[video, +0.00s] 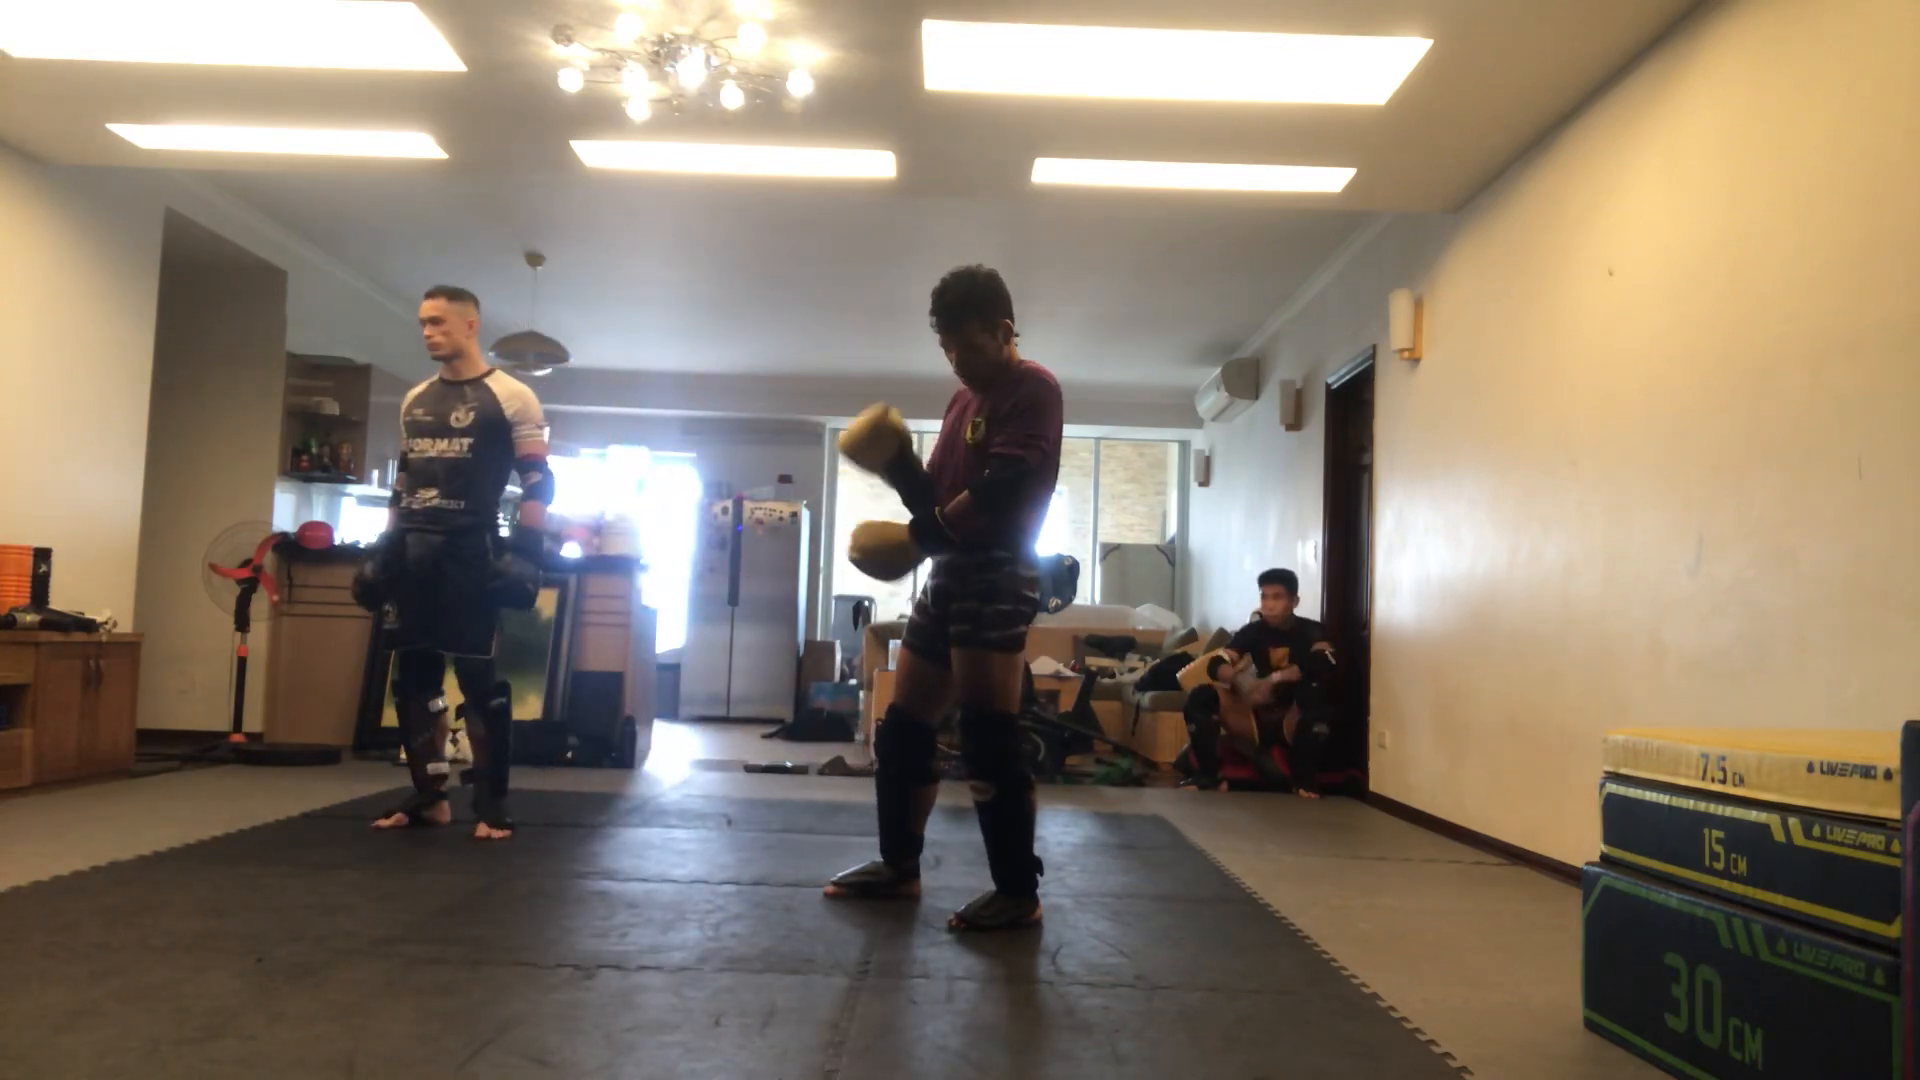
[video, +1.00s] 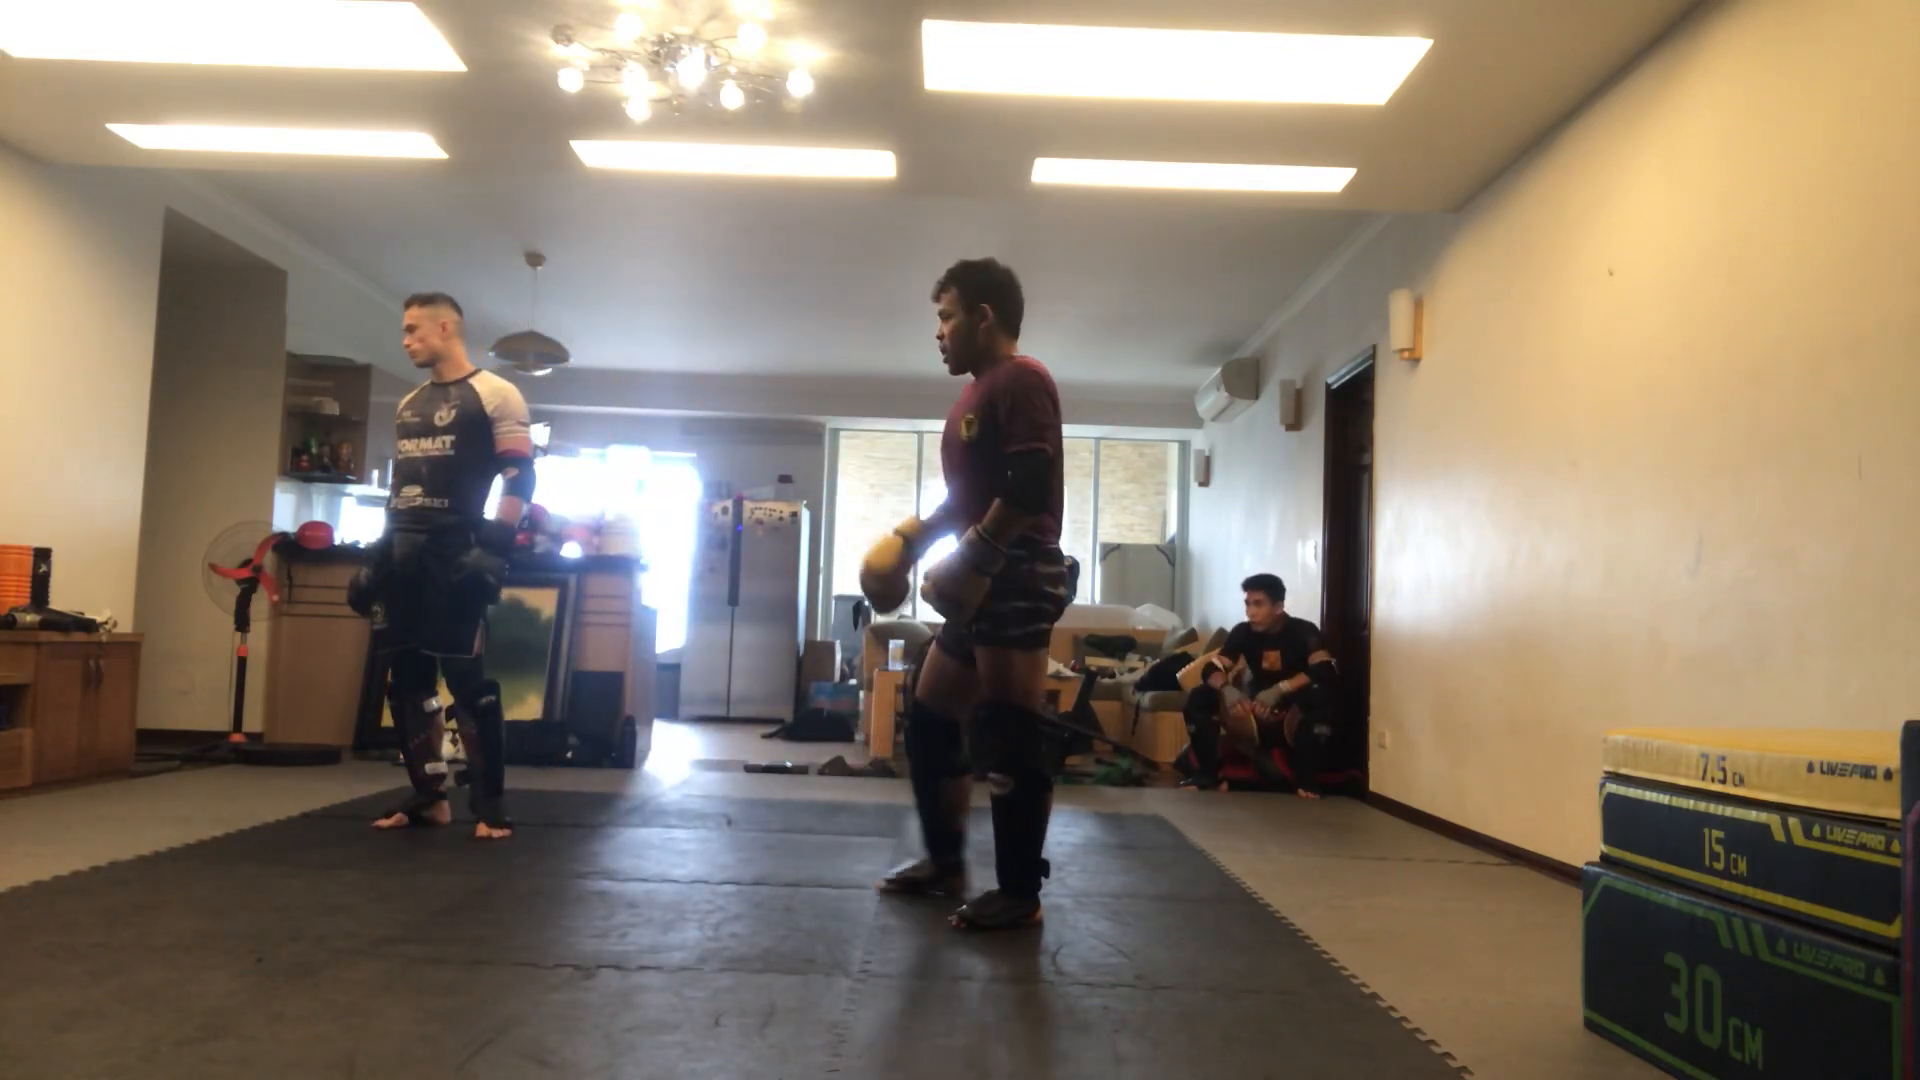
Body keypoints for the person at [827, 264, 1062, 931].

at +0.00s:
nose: (949, 359)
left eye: (958, 343)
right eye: (944, 345)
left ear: (1001, 331)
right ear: (946, 338)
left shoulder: (1034, 390)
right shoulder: (960, 401)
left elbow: (1004, 490)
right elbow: (938, 502)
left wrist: (922, 537)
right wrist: (896, 466)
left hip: (997, 575)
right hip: (945, 574)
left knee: (989, 734)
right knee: (906, 728)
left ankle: (1018, 893)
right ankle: (899, 868)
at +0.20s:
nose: (954, 354)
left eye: (964, 339)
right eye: (949, 340)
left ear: (1007, 330)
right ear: (951, 336)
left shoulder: (1034, 390)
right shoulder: (966, 396)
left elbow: (987, 482)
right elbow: (916, 478)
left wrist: (896, 517)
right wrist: (892, 432)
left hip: (990, 577)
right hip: (939, 575)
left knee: (986, 739)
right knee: (904, 729)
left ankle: (1017, 894)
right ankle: (898, 868)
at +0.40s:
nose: (962, 350)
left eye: (973, 335)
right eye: (957, 336)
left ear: (1016, 329)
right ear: (957, 332)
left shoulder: (1039, 390)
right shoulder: (969, 392)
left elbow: (978, 463)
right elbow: (920, 447)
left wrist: (891, 487)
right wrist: (875, 456)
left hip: (991, 574)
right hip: (941, 573)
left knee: (986, 733)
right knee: (913, 726)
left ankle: (1017, 892)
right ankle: (899, 867)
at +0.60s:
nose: (960, 341)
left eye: (969, 327)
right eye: (958, 328)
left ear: (1014, 323)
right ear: (1003, 326)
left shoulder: (1043, 390)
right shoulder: (973, 391)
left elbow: (976, 463)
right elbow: (923, 449)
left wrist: (907, 506)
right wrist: (882, 484)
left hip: (999, 575)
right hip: (954, 574)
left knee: (991, 733)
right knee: (924, 724)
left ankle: (1017, 894)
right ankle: (900, 868)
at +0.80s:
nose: (949, 331)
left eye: (959, 316)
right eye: (948, 318)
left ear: (1001, 316)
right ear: (989, 319)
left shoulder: (1036, 388)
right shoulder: (972, 396)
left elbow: (998, 486)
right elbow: (946, 487)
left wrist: (933, 539)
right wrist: (900, 510)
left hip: (1017, 573)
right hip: (974, 570)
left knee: (1000, 731)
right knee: (929, 720)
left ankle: (1018, 894)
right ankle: (901, 867)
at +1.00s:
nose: (937, 332)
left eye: (946, 318)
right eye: (937, 319)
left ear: (984, 317)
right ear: (978, 319)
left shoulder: (1020, 380)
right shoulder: (975, 393)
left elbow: (1028, 483)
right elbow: (965, 497)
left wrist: (974, 561)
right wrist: (910, 539)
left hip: (1021, 574)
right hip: (981, 572)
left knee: (1012, 730)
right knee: (930, 715)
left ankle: (1019, 893)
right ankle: (945, 864)